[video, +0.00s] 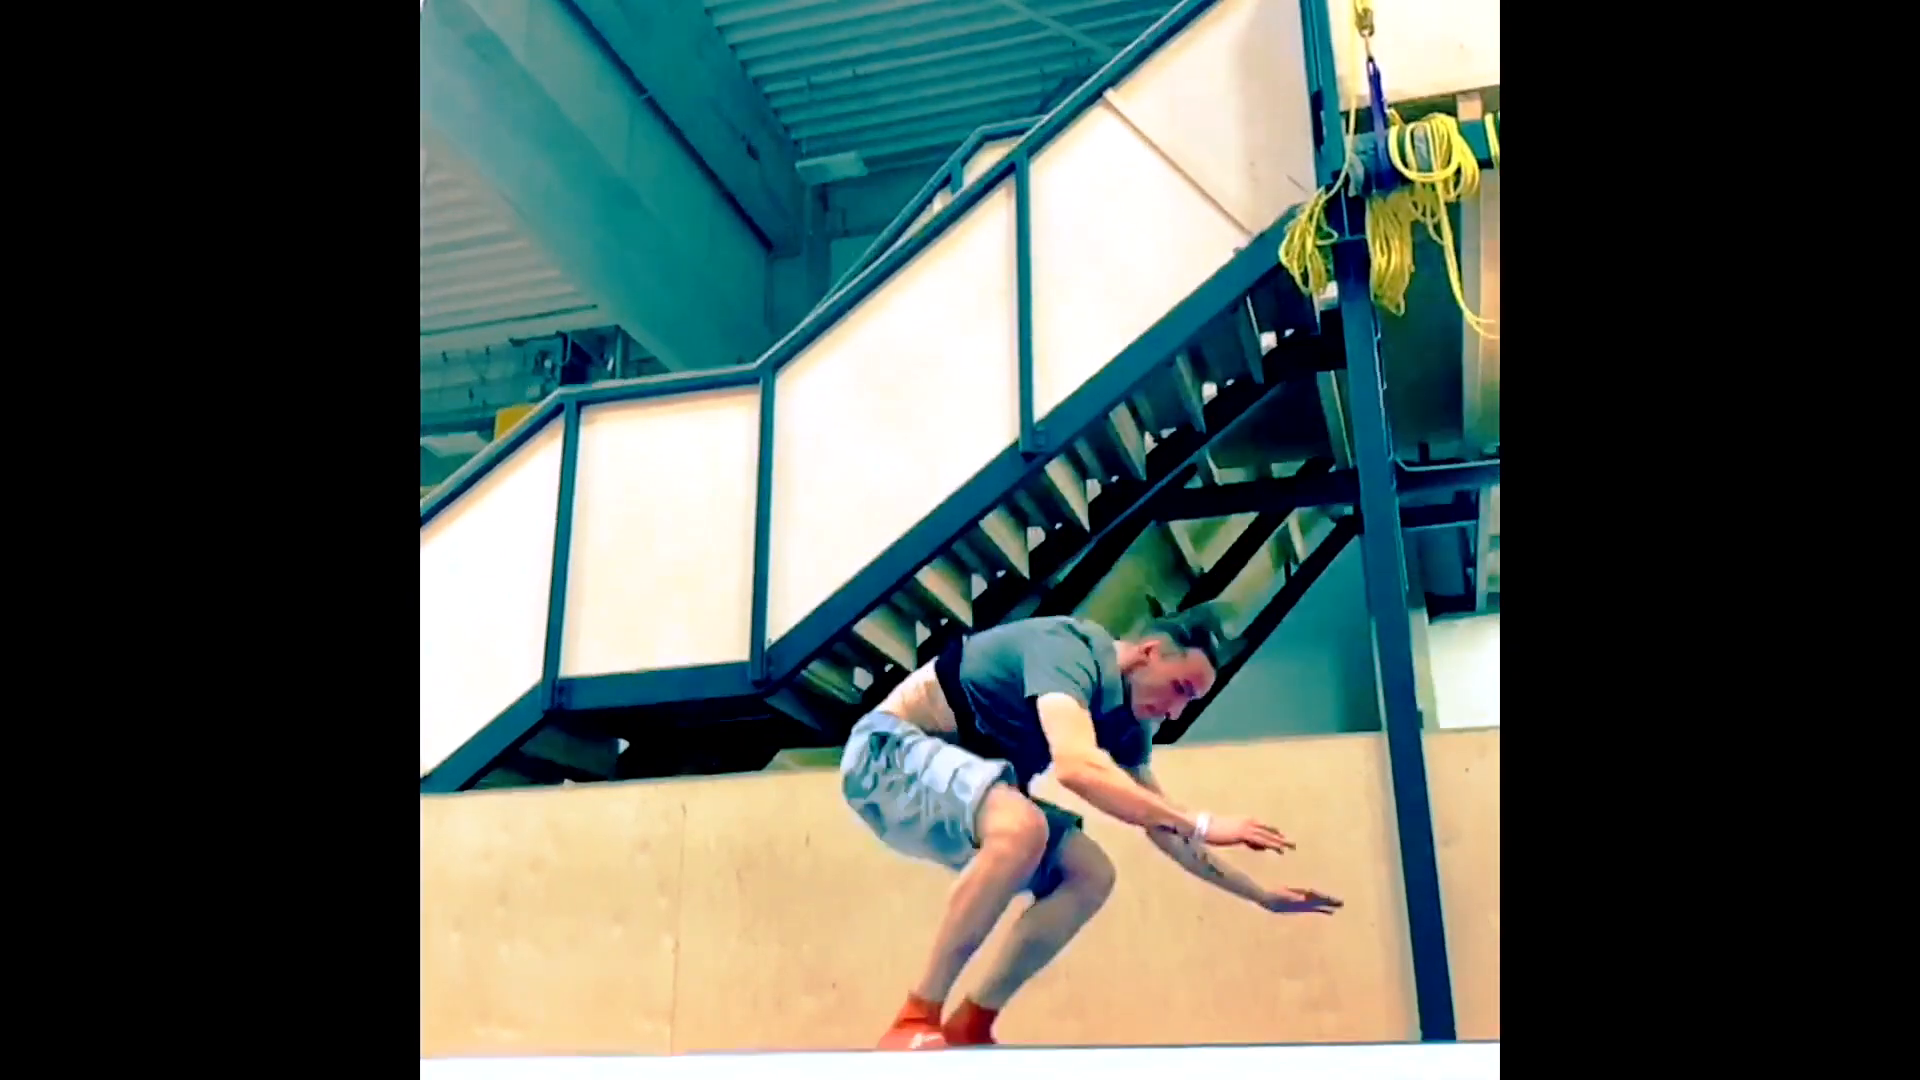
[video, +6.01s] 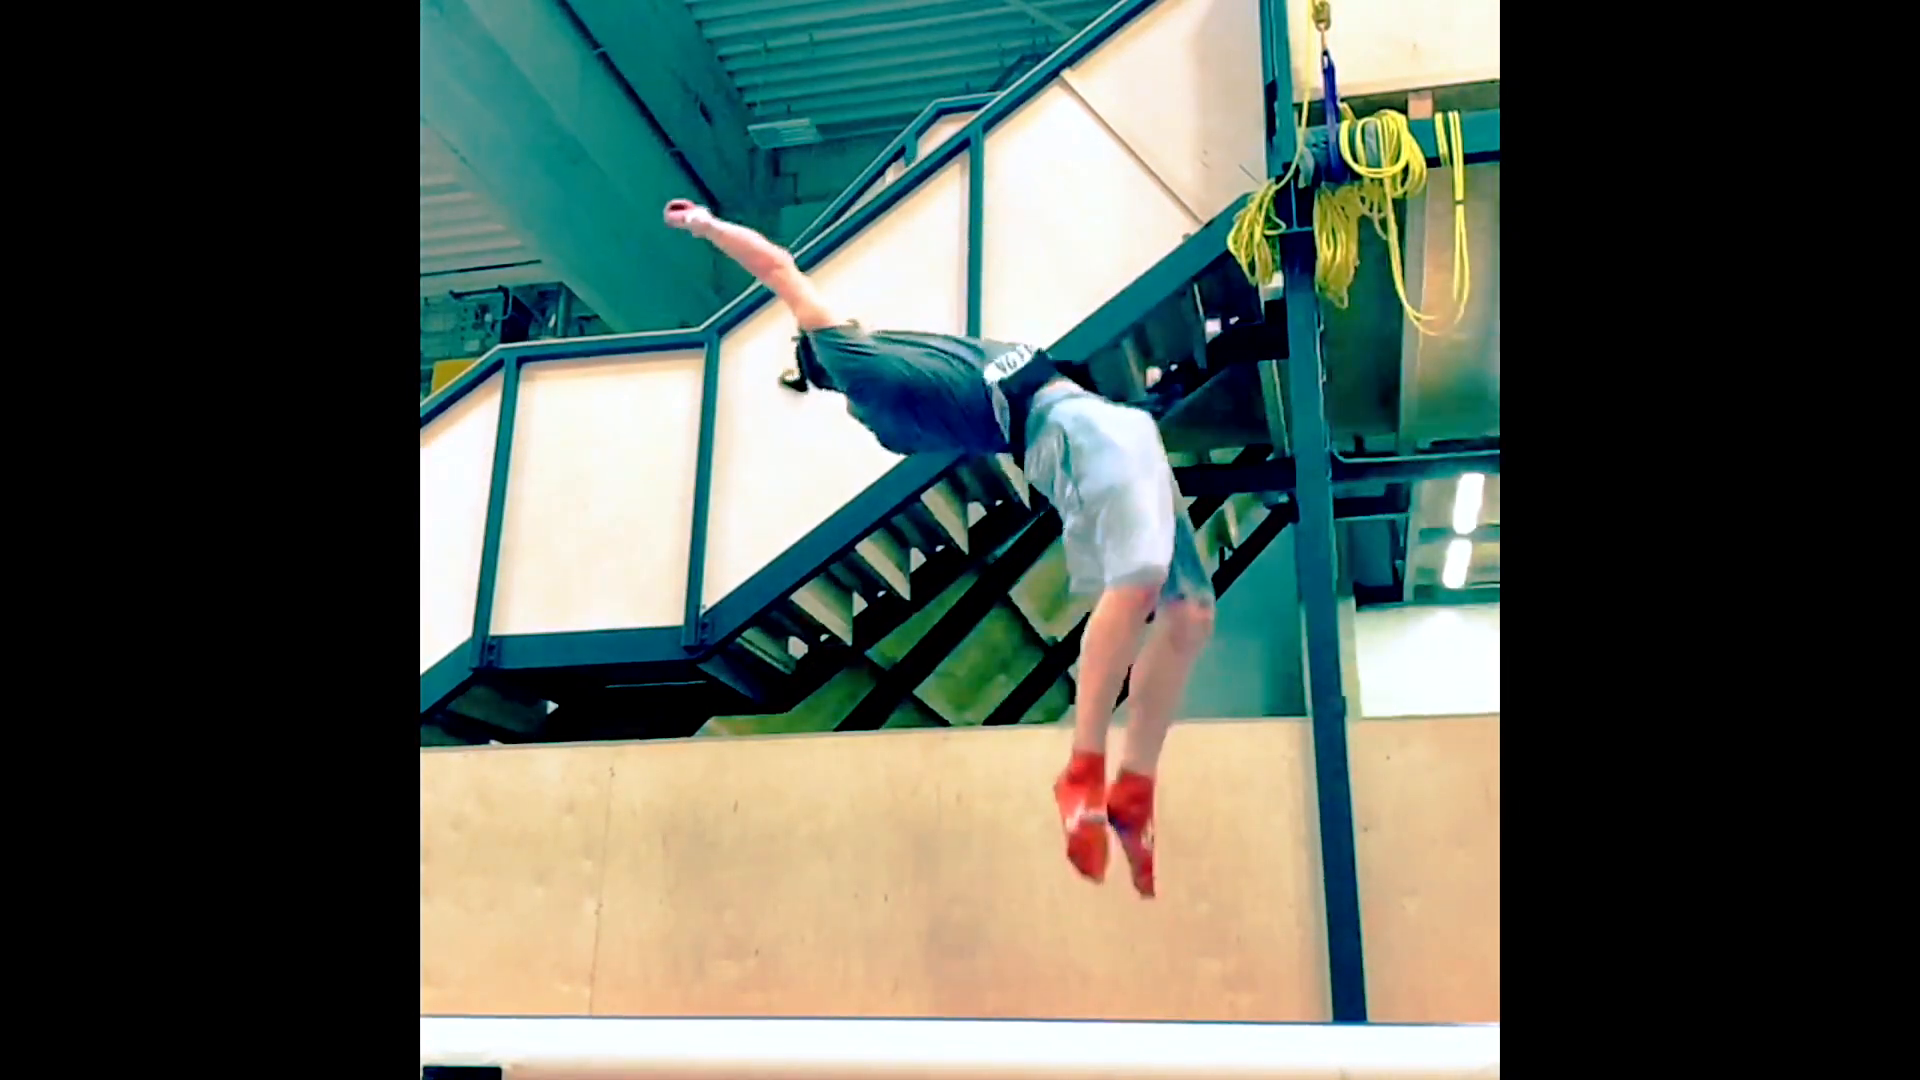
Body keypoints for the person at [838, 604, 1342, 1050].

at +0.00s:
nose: (1177, 710)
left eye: (1189, 702)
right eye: (1181, 688)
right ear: (1149, 648)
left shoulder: (1125, 722)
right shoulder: (1064, 649)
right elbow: (1074, 767)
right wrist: (1193, 821)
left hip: (956, 779)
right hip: (893, 749)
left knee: (1090, 875)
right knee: (1020, 828)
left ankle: (966, 1029)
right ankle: (914, 1023)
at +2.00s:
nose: (1163, 307)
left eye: (1165, 297)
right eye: (1152, 291)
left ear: (1149, 307)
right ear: (1111, 289)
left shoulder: (1127, 391)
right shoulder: (1081, 360)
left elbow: (1197, 427)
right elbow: (1116, 273)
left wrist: (1265, 410)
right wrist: (1153, 185)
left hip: (1141, 589)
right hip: (1106, 582)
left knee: (1112, 797)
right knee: (1091, 790)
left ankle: (1090, 986)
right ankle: (1063, 989)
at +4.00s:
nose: (1188, 292)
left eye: (1192, 282)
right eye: (1177, 275)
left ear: (1162, 286)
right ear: (1134, 272)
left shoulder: (1140, 374)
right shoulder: (1096, 330)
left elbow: (1159, 495)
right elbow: (1130, 445)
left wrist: (1219, 566)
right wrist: (1214, 525)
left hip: (1120, 570)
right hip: (1077, 556)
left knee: (1137, 768)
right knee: (1109, 754)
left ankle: (1123, 957)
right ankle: (1090, 955)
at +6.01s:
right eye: (819, 367)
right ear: (820, 366)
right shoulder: (852, 365)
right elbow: (781, 273)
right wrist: (706, 225)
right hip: (1006, 398)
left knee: (1190, 612)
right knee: (1136, 579)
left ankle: (1133, 796)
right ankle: (1084, 777)